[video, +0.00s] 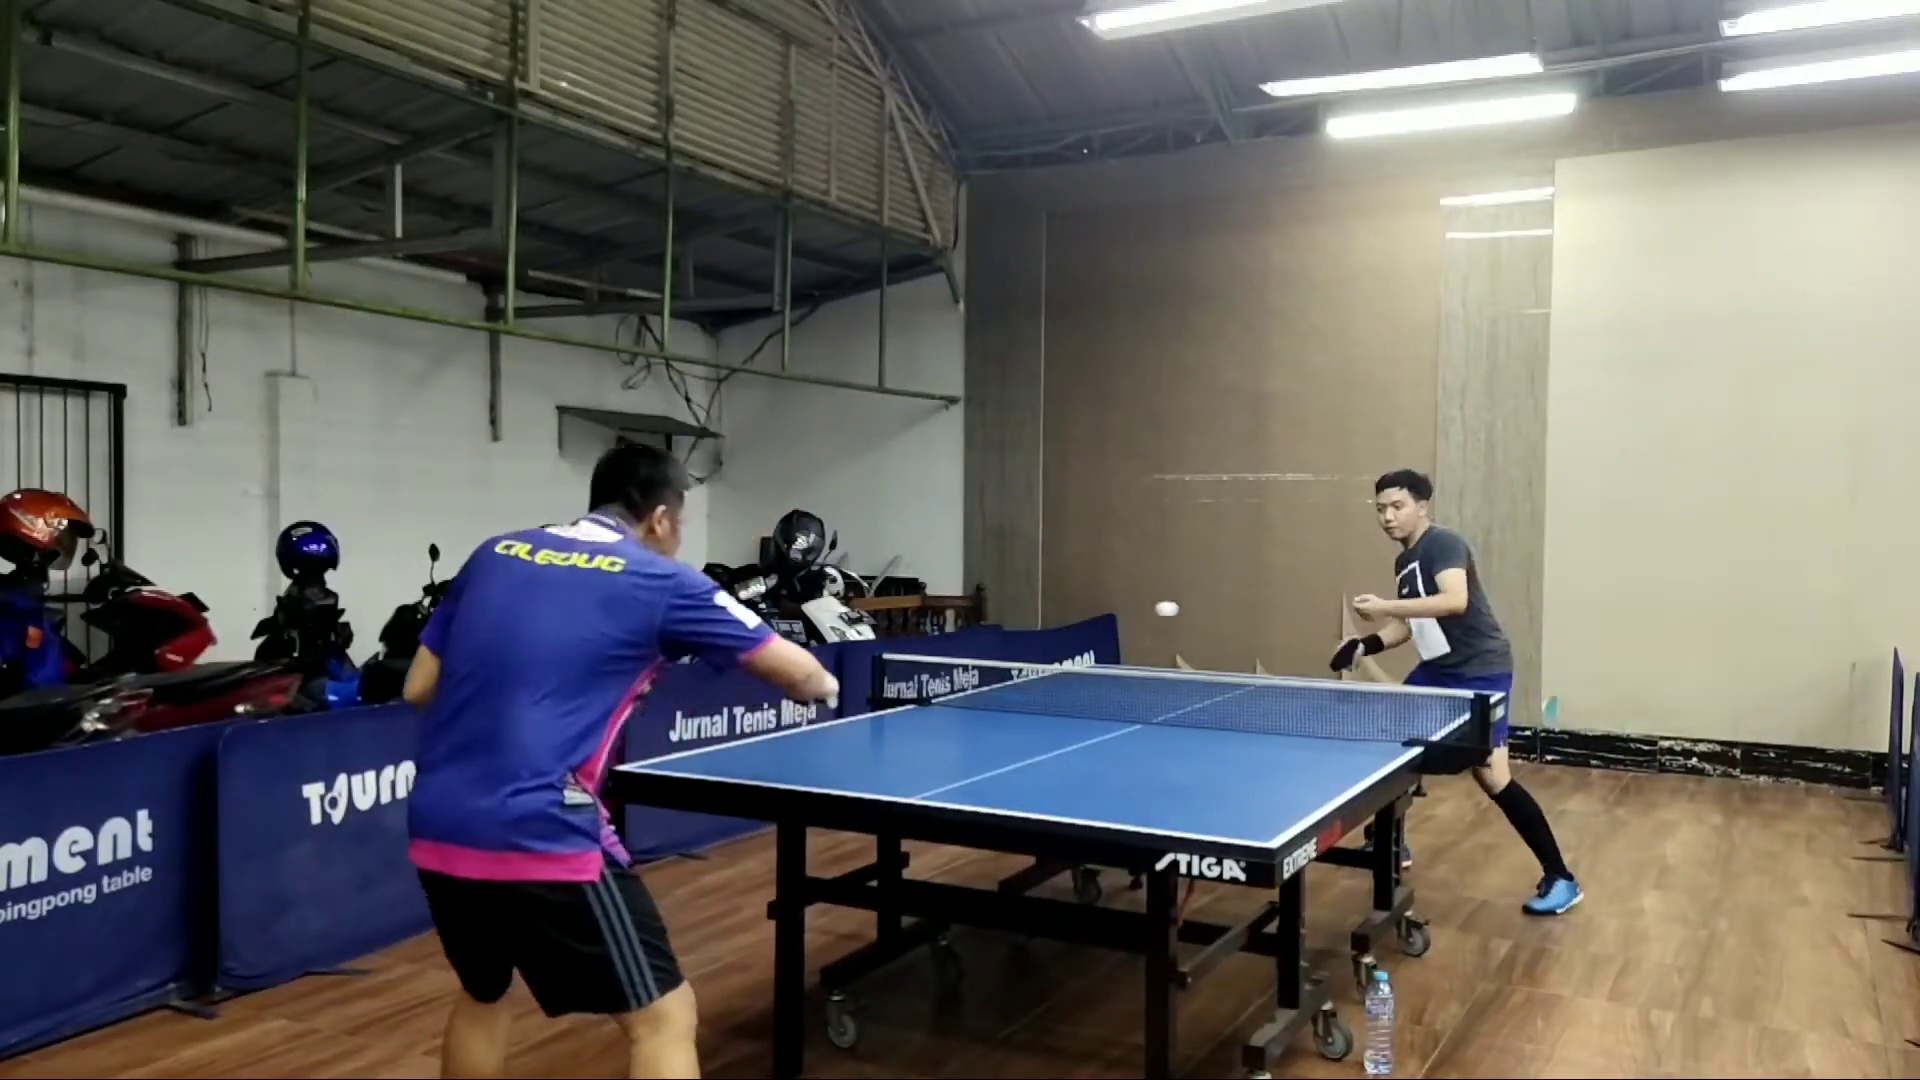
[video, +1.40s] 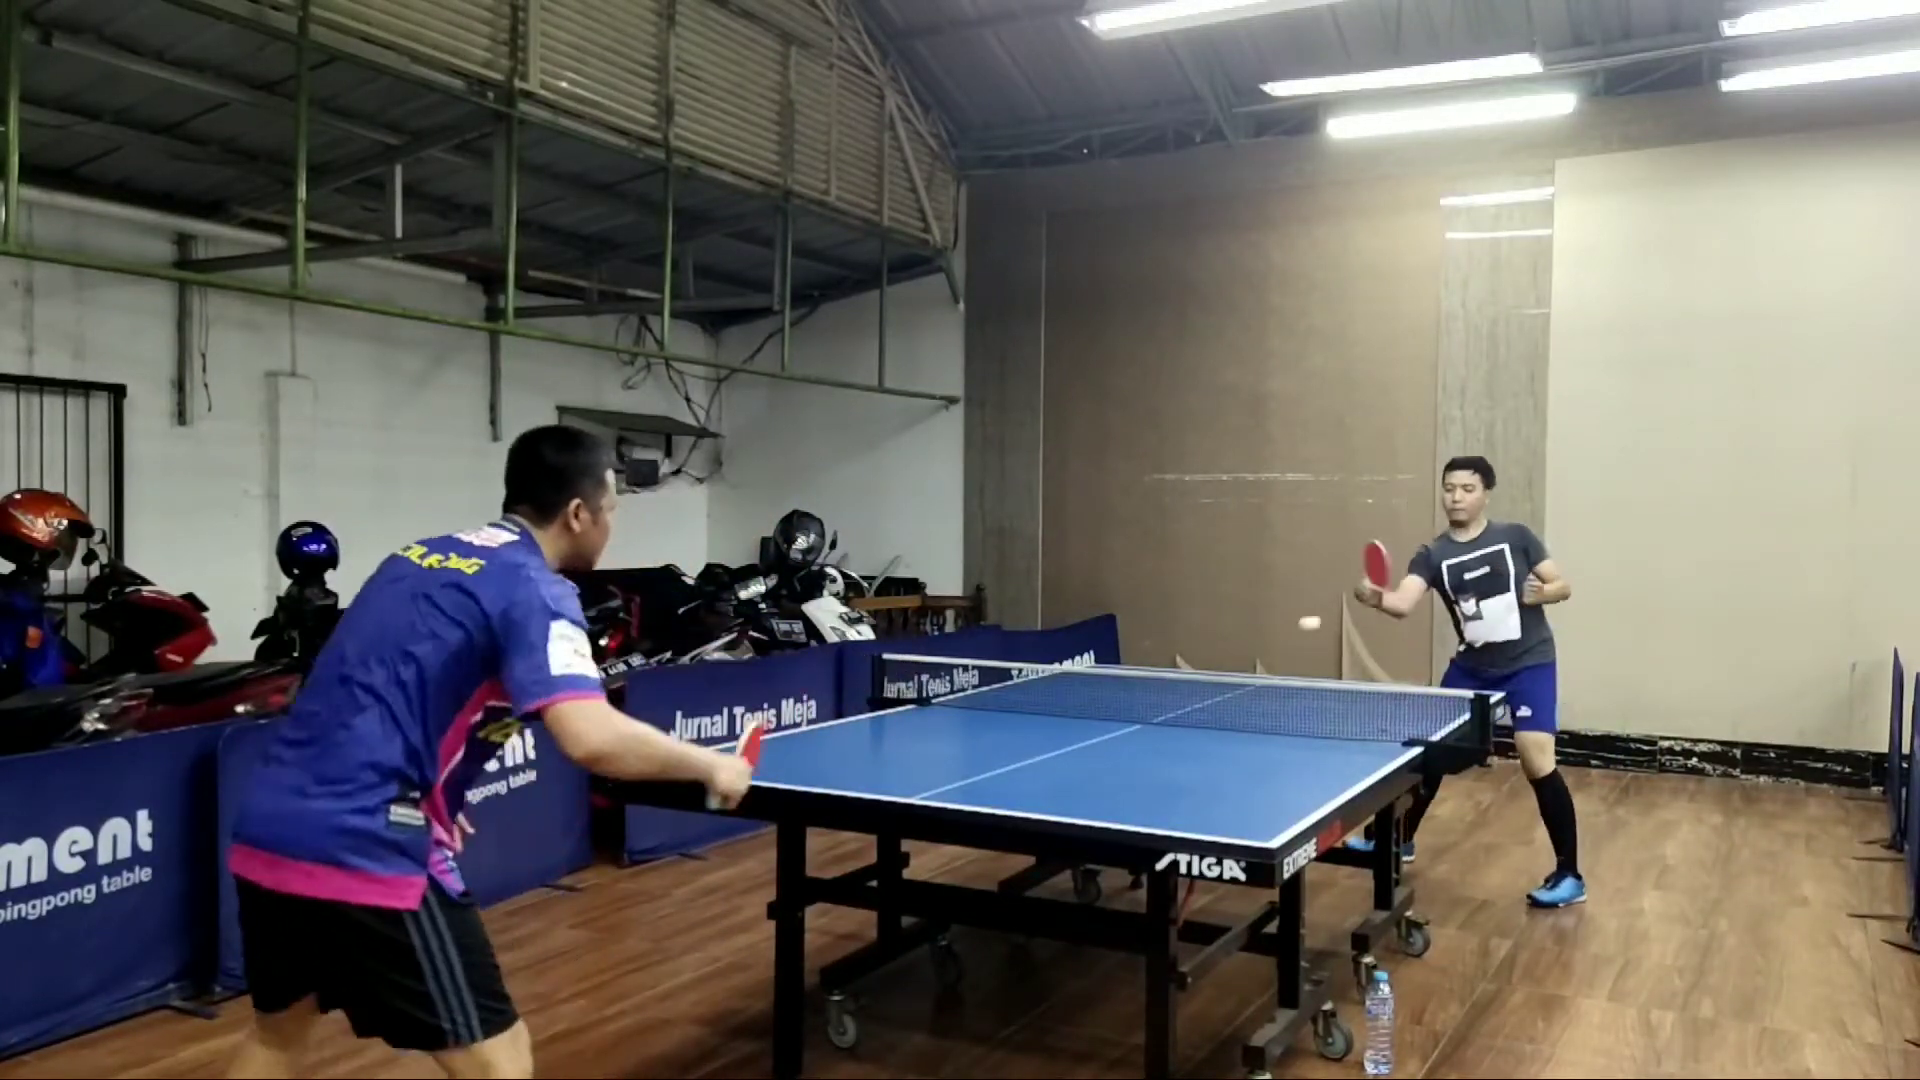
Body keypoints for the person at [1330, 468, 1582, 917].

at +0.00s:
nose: (1387, 516)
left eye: (1395, 507)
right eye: (1381, 509)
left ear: (1422, 506)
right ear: (1380, 514)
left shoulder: (1443, 543)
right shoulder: (1404, 563)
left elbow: (1455, 600)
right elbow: (1406, 625)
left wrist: (1386, 608)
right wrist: (1366, 643)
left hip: (1482, 670)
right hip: (1436, 669)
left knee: (1493, 776)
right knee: (1382, 740)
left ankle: (1560, 877)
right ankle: (1388, 841)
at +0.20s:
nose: (1416, 528)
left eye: (1424, 518)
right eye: (1409, 521)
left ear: (1448, 517)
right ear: (1404, 524)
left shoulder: (1477, 553)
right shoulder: (1413, 573)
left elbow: (1504, 603)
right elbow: (1401, 632)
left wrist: (1442, 595)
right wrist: (1396, 662)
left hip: (1502, 678)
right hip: (1449, 684)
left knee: (1504, 775)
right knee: (1389, 750)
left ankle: (1562, 881)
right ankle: (1388, 844)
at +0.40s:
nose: (1455, 516)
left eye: (1464, 506)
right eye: (1447, 507)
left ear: (1487, 506)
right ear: (1441, 510)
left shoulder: (1515, 550)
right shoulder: (1435, 561)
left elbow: (1552, 606)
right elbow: (1402, 617)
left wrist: (1511, 613)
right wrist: (1381, 601)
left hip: (1515, 675)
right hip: (1459, 674)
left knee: (1517, 763)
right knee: (1399, 738)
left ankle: (1564, 881)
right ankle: (1389, 844)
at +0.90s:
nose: (1436, 498)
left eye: (1446, 490)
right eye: (1429, 491)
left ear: (1467, 494)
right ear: (1423, 497)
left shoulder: (1491, 538)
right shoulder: (1419, 551)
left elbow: (1516, 595)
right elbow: (1398, 609)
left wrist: (1461, 613)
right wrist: (1354, 612)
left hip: (1491, 669)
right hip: (1437, 668)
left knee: (1509, 765)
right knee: (1396, 737)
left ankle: (1563, 873)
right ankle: (1413, 836)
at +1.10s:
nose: (1412, 527)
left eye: (1421, 519)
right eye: (1405, 520)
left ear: (1443, 522)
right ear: (1400, 526)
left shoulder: (1466, 560)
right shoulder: (1413, 577)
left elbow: (1487, 615)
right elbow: (1412, 636)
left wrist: (1434, 610)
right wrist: (1394, 654)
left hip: (1487, 682)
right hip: (1439, 681)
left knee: (1489, 781)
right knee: (1382, 738)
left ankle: (1561, 874)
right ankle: (1389, 835)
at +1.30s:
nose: (1441, 509)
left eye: (1451, 501)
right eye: (1434, 502)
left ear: (1471, 505)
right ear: (1428, 508)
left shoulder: (1500, 545)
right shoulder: (1422, 567)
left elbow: (1542, 595)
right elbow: (1402, 630)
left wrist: (1502, 593)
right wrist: (1413, 640)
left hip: (1511, 670)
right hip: (1454, 671)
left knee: (1515, 762)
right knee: (1401, 744)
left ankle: (1566, 874)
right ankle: (1388, 838)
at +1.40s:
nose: (1456, 496)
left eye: (1467, 489)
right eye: (1449, 489)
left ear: (1486, 495)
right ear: (1442, 496)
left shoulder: (1516, 537)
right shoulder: (1434, 555)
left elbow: (1561, 585)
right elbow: (1403, 603)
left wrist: (1544, 592)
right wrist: (1376, 596)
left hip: (1528, 663)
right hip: (1472, 664)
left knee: (1536, 758)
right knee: (1428, 750)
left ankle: (1568, 875)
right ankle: (1398, 838)